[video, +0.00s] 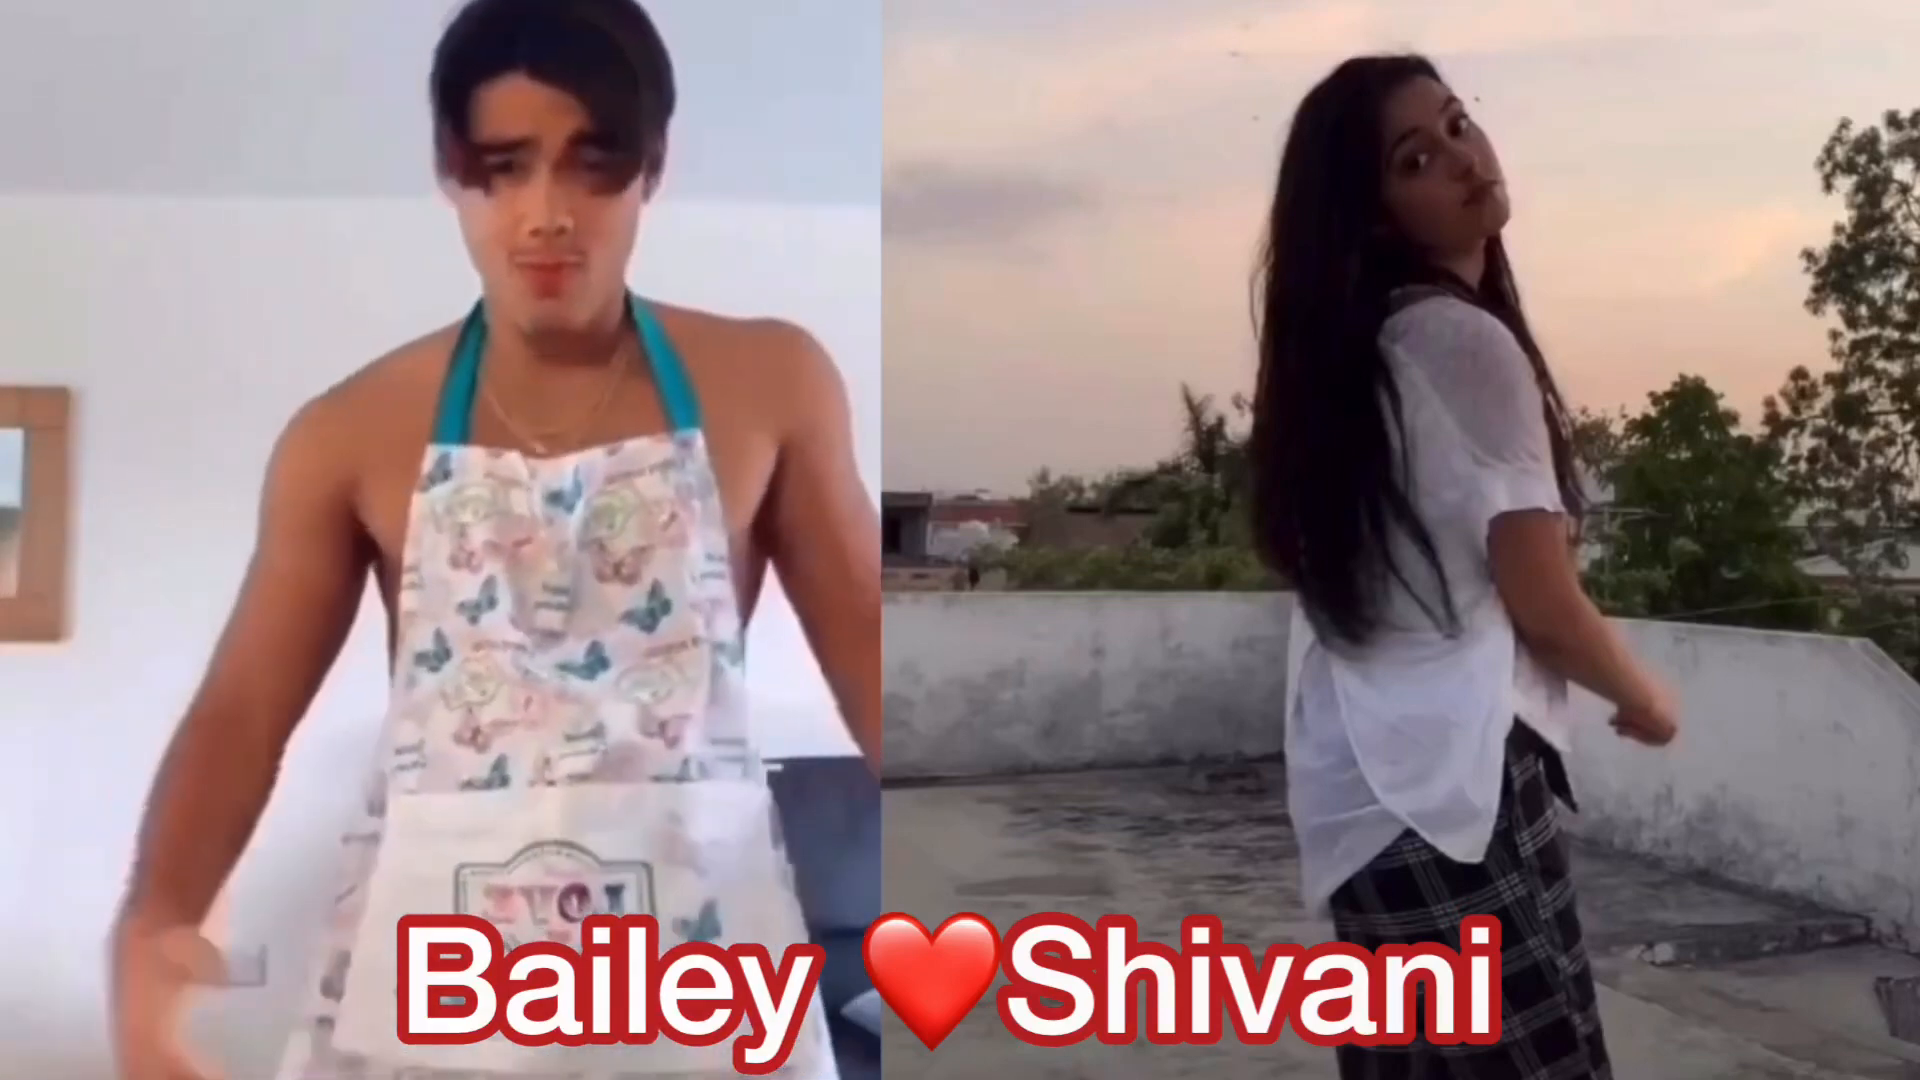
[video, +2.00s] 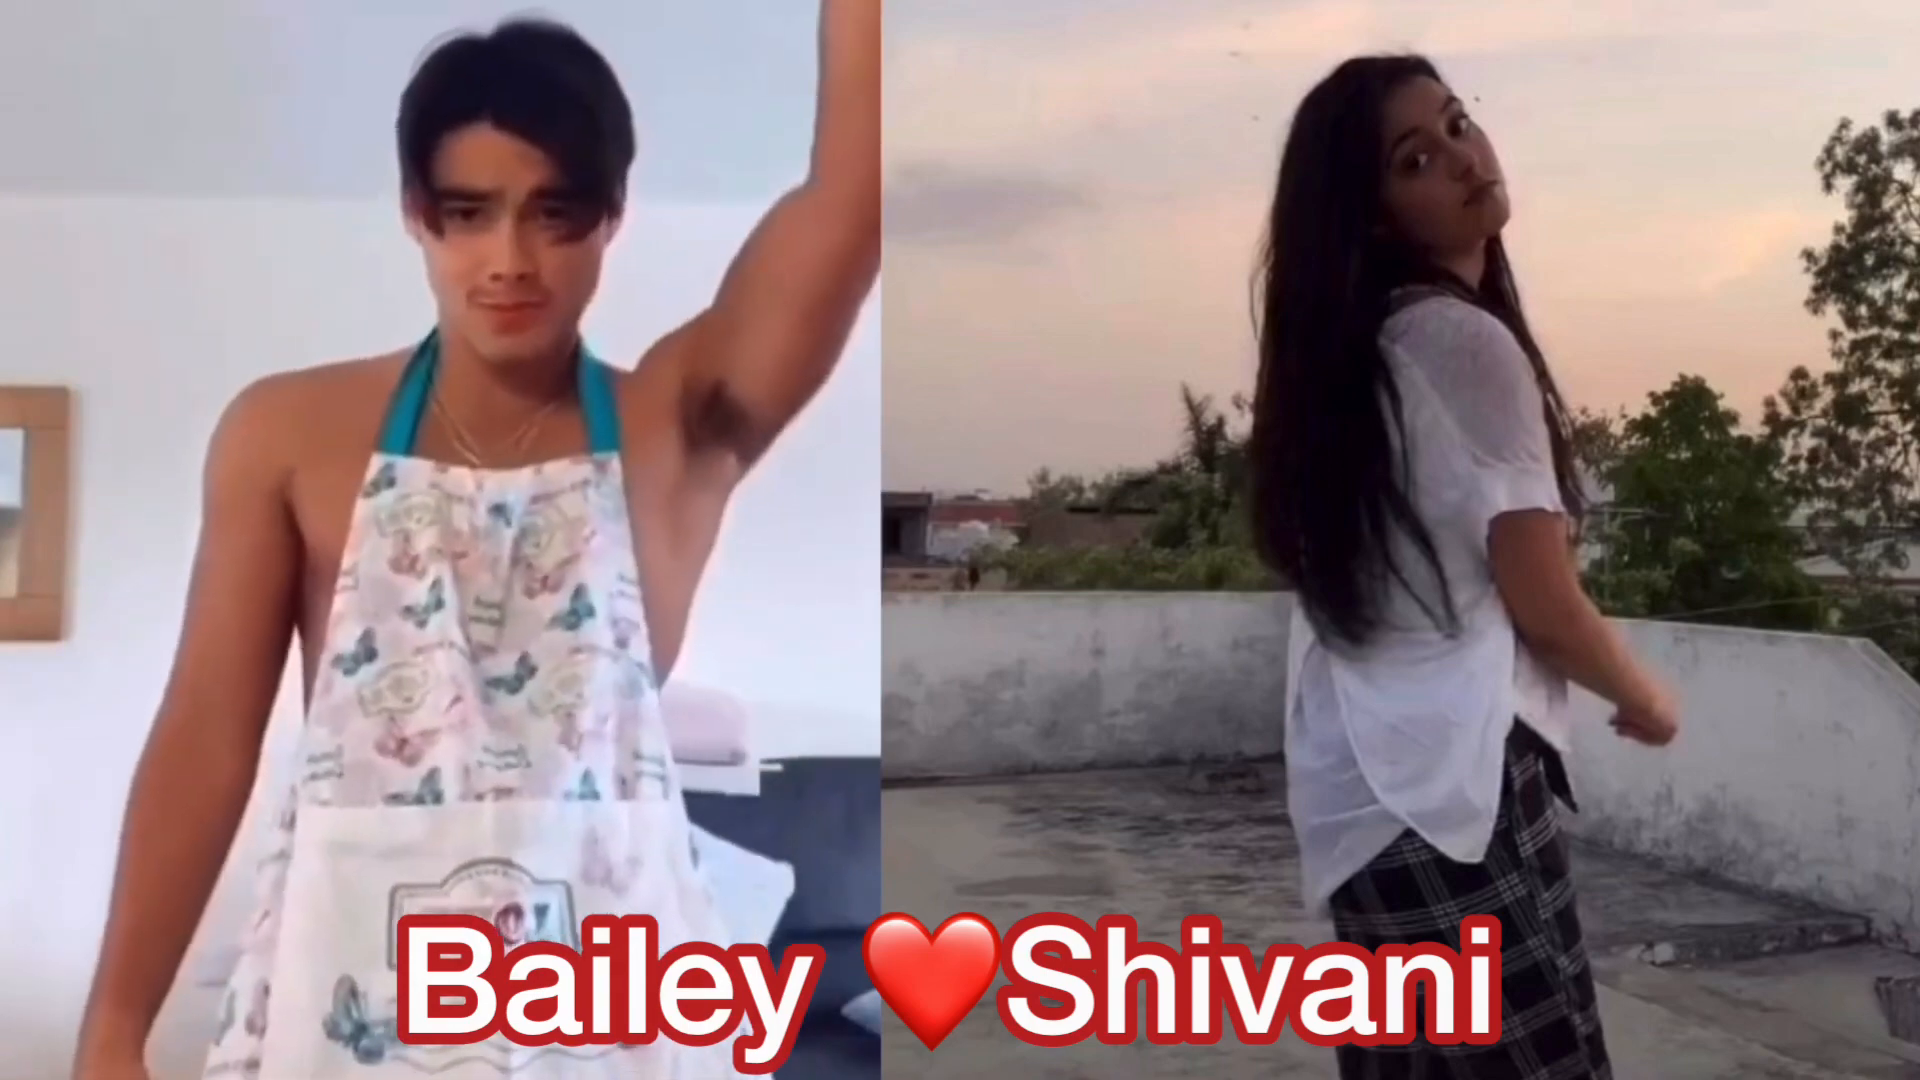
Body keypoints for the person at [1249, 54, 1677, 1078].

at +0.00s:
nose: (1467, 158)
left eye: (1459, 125)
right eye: (1418, 159)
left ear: (1480, 129)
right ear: (1370, 210)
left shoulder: (1352, 332)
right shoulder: (1464, 339)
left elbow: (1392, 565)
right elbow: (1544, 602)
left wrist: (1545, 666)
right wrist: (1643, 697)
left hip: (1361, 783)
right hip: (1451, 789)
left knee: (1396, 1056)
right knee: (1544, 1055)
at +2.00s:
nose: (1466, 158)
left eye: (1459, 125)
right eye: (1417, 158)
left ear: (1480, 129)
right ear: (1370, 210)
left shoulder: (1354, 333)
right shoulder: (1465, 339)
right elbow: (1546, 604)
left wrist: (1561, 666)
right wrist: (1642, 696)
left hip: (1362, 783)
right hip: (1452, 789)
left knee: (1397, 1056)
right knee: (1545, 1056)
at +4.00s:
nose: (1466, 157)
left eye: (1459, 125)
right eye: (1417, 158)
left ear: (1480, 128)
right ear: (1370, 211)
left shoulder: (1353, 333)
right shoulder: (1465, 339)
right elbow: (1546, 604)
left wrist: (1560, 666)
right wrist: (1643, 697)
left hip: (1361, 783)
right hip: (1452, 789)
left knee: (1397, 1056)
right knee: (1545, 1056)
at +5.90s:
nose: (1466, 157)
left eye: (1459, 125)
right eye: (1417, 158)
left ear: (1480, 128)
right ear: (1370, 211)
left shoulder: (1353, 333)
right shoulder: (1465, 339)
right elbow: (1546, 604)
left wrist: (1560, 666)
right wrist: (1643, 697)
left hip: (1361, 783)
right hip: (1452, 789)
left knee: (1397, 1056)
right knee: (1545, 1056)